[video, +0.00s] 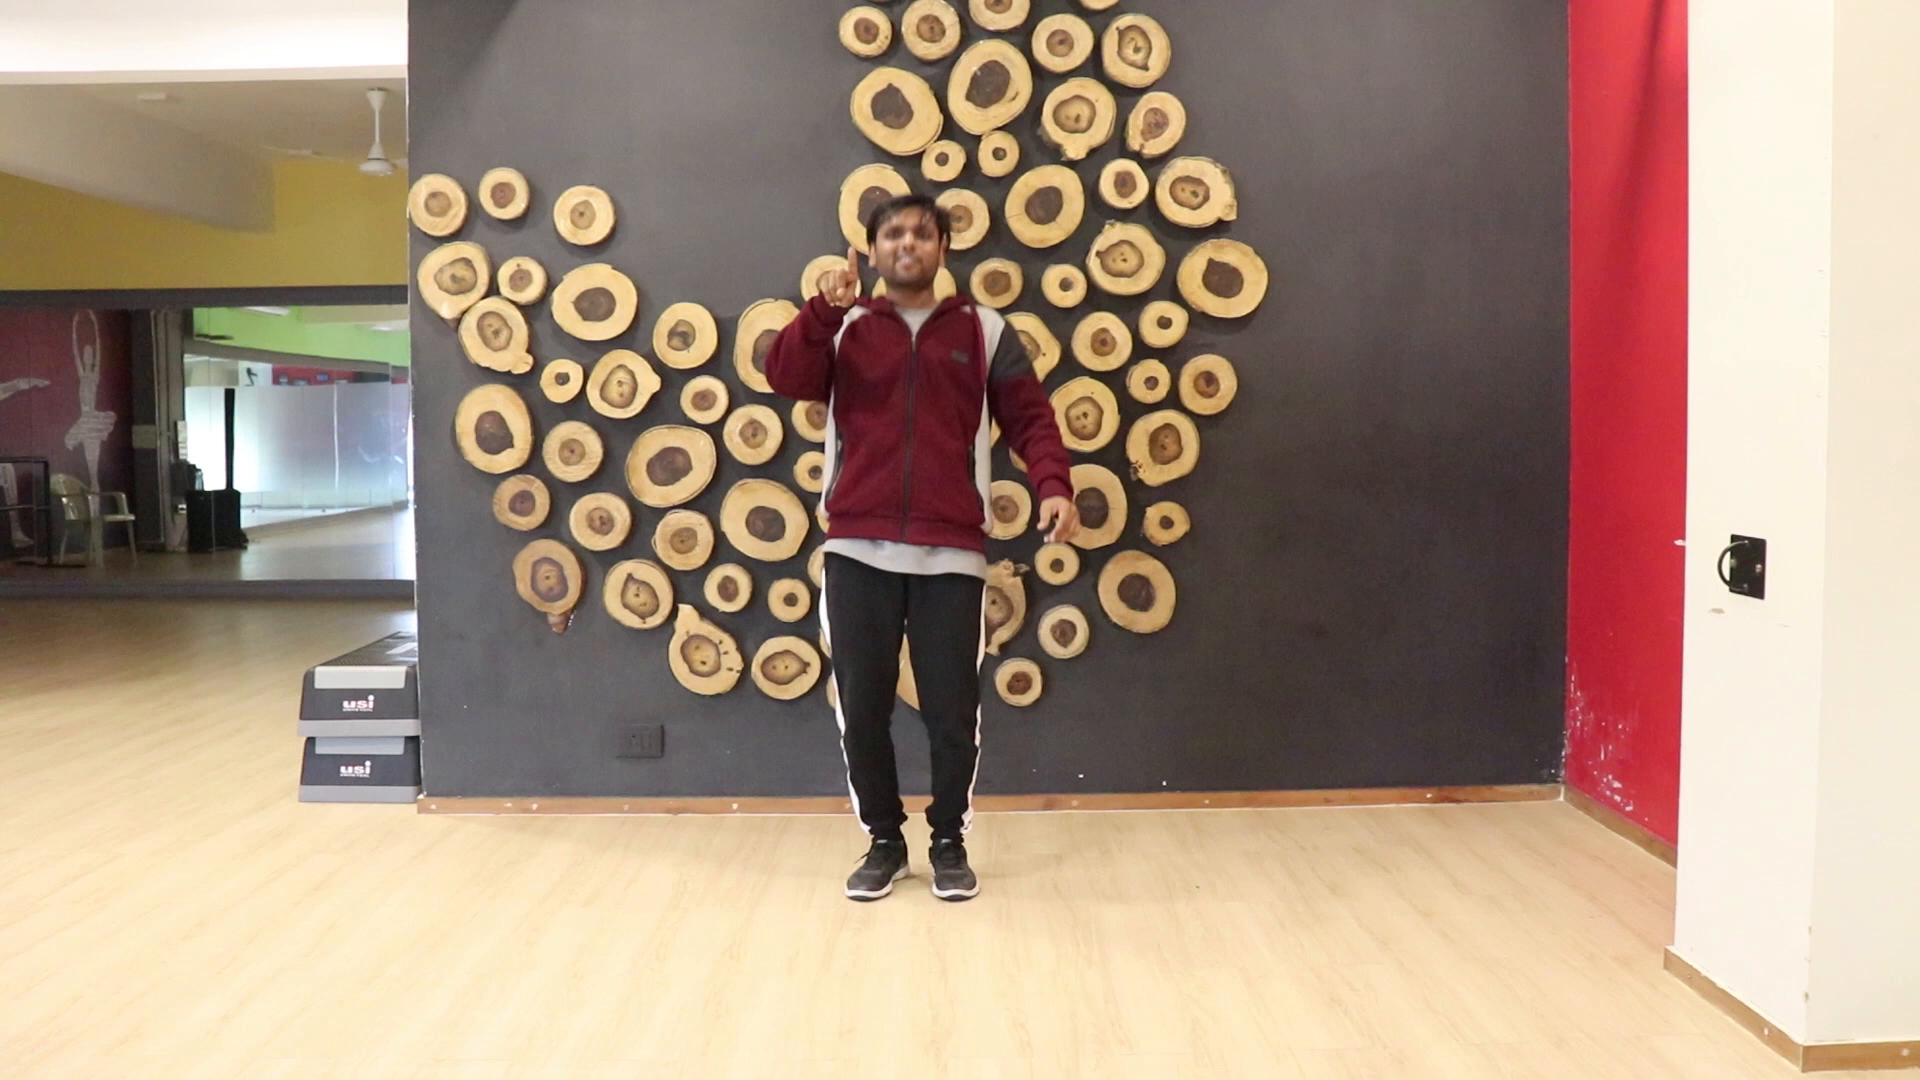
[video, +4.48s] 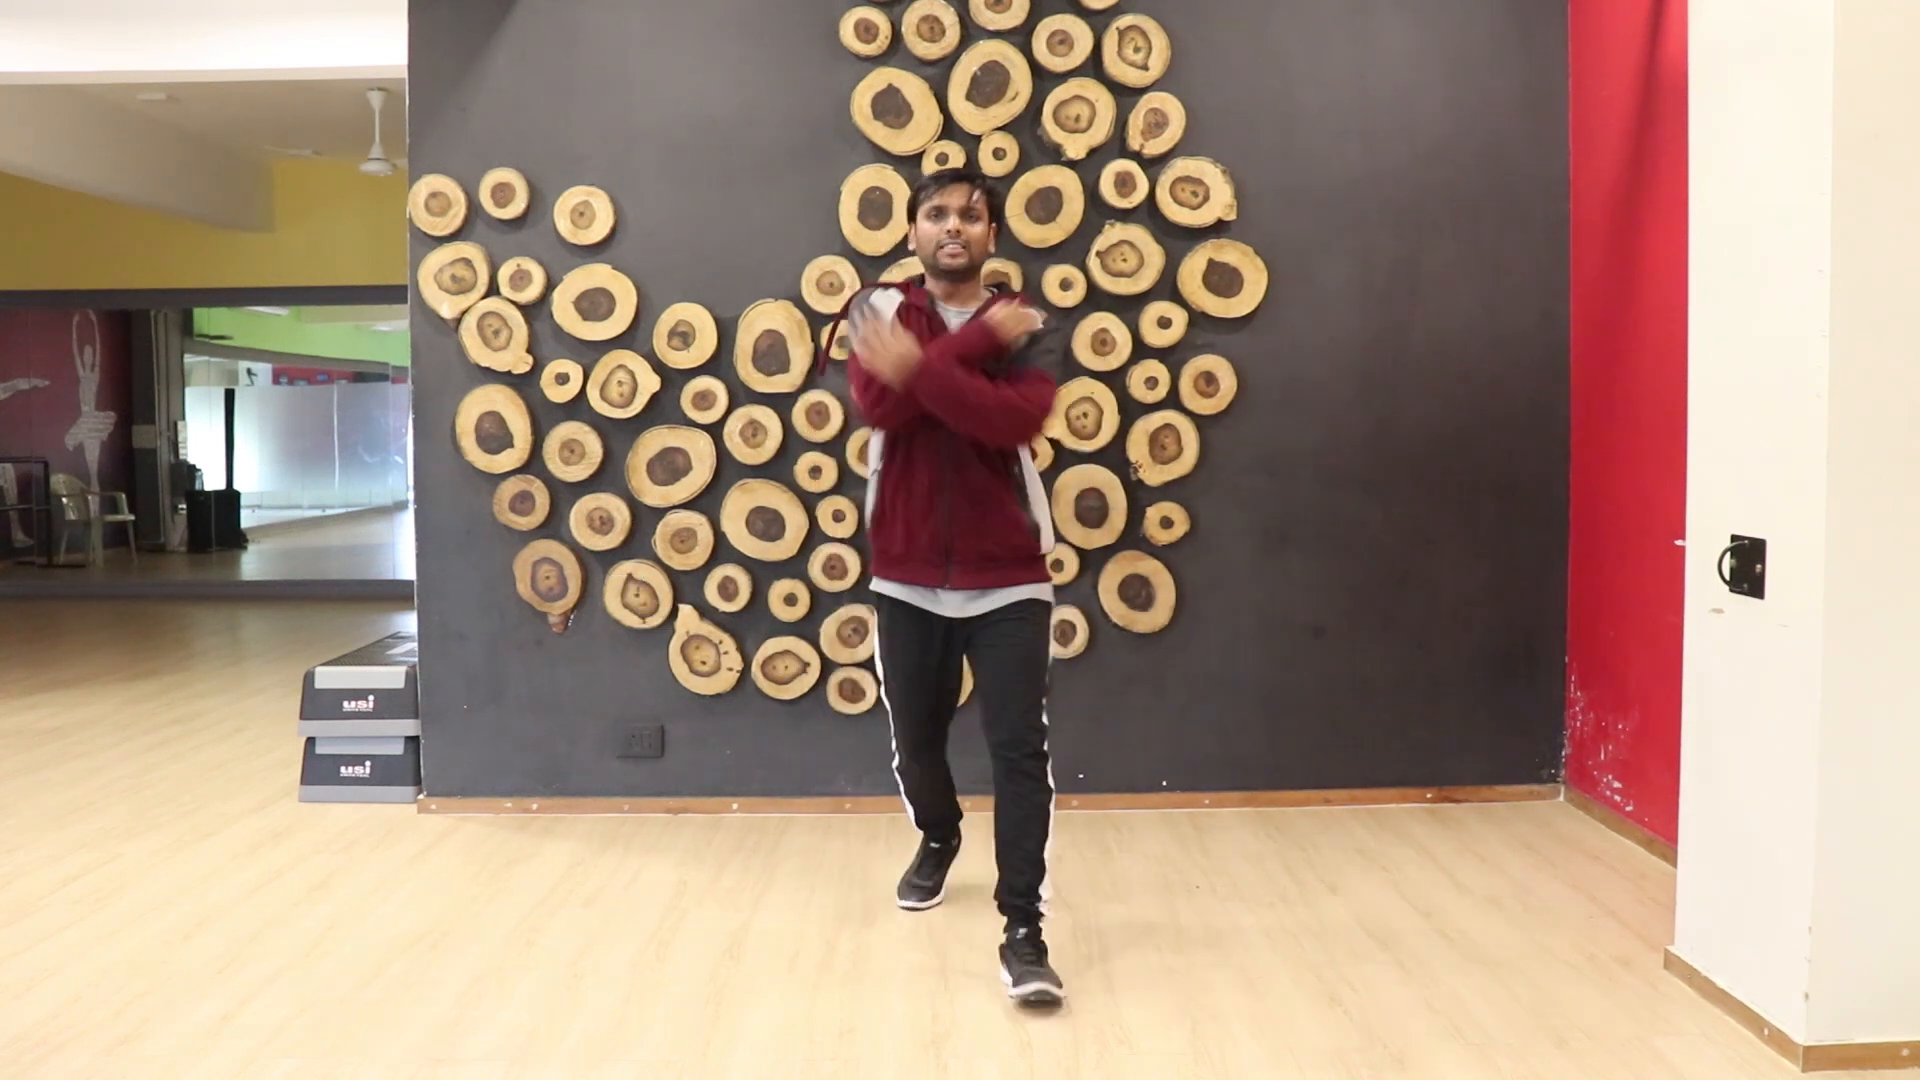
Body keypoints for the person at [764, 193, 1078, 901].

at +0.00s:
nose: (909, 244)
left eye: (921, 233)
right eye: (894, 234)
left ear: (942, 248)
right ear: (872, 252)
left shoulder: (982, 329)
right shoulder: (843, 326)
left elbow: (1029, 417)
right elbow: (787, 377)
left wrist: (1053, 487)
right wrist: (821, 309)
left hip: (949, 545)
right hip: (857, 542)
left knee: (952, 706)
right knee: (861, 706)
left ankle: (949, 843)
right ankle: (883, 843)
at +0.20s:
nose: (917, 227)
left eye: (931, 218)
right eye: (903, 217)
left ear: (952, 238)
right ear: (880, 237)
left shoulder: (988, 317)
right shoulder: (846, 313)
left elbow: (1039, 409)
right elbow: (790, 386)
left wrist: (1044, 501)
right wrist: (821, 403)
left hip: (953, 544)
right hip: (862, 542)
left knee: (951, 700)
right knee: (863, 698)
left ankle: (949, 841)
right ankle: (882, 840)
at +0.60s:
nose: (923, 243)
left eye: (936, 232)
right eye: (908, 232)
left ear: (957, 250)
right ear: (886, 251)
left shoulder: (998, 334)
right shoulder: (850, 338)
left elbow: (1026, 447)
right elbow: (828, 453)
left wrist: (1002, 540)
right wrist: (847, 553)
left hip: (954, 556)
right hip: (866, 554)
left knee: (944, 703)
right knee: (858, 704)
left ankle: (946, 843)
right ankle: (883, 842)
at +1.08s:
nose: (951, 277)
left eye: (960, 264)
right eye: (934, 266)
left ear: (972, 271)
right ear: (903, 275)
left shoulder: (1008, 341)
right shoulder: (876, 365)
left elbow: (1043, 418)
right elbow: (837, 473)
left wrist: (1042, 452)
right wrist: (884, 467)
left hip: (996, 548)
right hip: (923, 549)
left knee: (1007, 696)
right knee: (995, 672)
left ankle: (963, 835)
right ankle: (947, 817)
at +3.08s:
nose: (978, 232)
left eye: (993, 220)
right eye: (964, 220)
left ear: (1013, 236)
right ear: (939, 234)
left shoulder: (1039, 324)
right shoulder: (896, 318)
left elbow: (1072, 435)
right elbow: (861, 421)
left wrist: (1082, 533)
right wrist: (848, 520)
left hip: (1033, 554)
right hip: (941, 553)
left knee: (1032, 715)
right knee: (938, 714)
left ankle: (1002, 856)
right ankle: (939, 850)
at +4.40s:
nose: (949, 230)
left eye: (965, 218)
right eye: (933, 217)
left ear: (987, 237)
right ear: (908, 237)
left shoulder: (1027, 329)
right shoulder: (867, 325)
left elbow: (1081, 434)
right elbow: (815, 435)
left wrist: (1034, 492)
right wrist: (869, 441)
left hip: (997, 576)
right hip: (896, 575)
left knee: (1009, 737)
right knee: (911, 730)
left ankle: (1019, 913)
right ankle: (936, 847)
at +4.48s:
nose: (955, 227)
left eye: (971, 214)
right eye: (939, 214)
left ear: (993, 233)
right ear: (913, 232)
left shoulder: (1021, 316)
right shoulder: (884, 310)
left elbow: (1019, 419)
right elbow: (871, 404)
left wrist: (915, 367)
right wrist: (982, 337)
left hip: (1006, 567)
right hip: (908, 568)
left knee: (1018, 747)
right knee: (913, 742)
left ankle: (1023, 929)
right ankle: (939, 836)